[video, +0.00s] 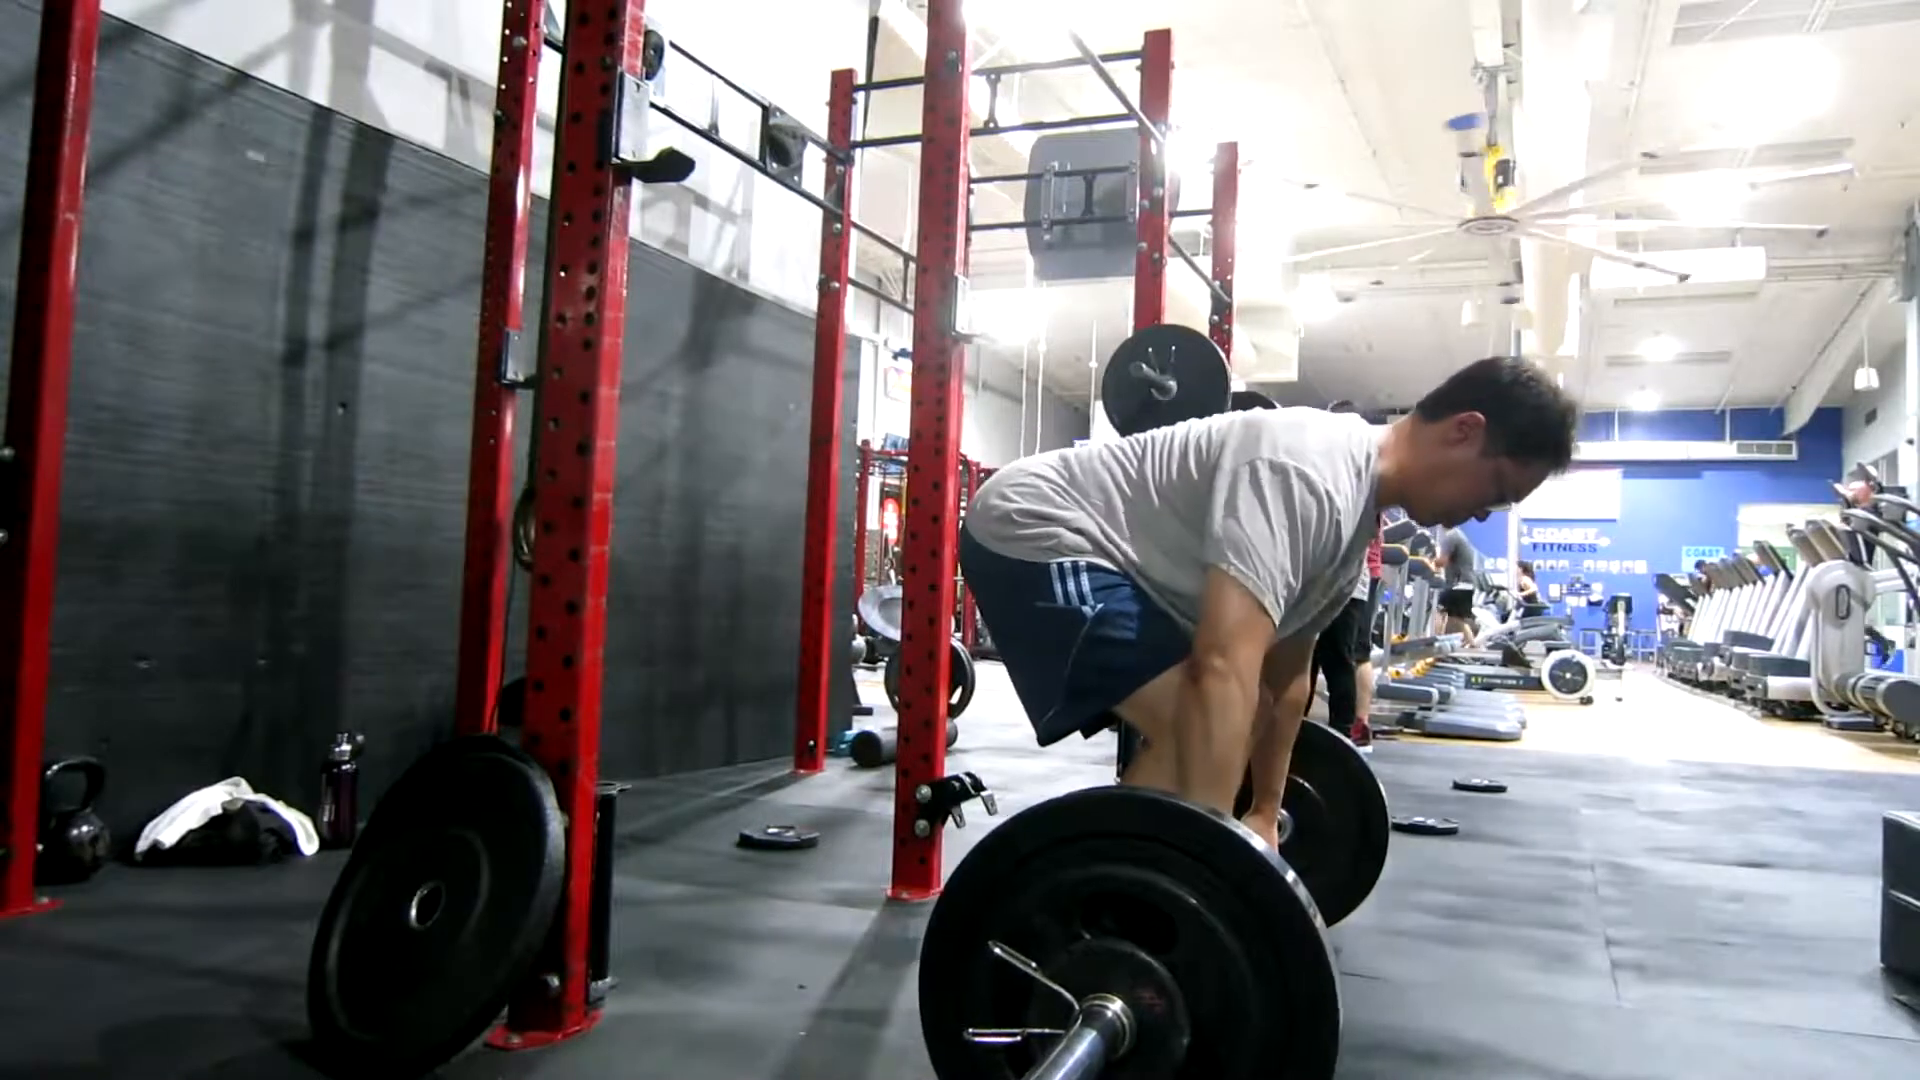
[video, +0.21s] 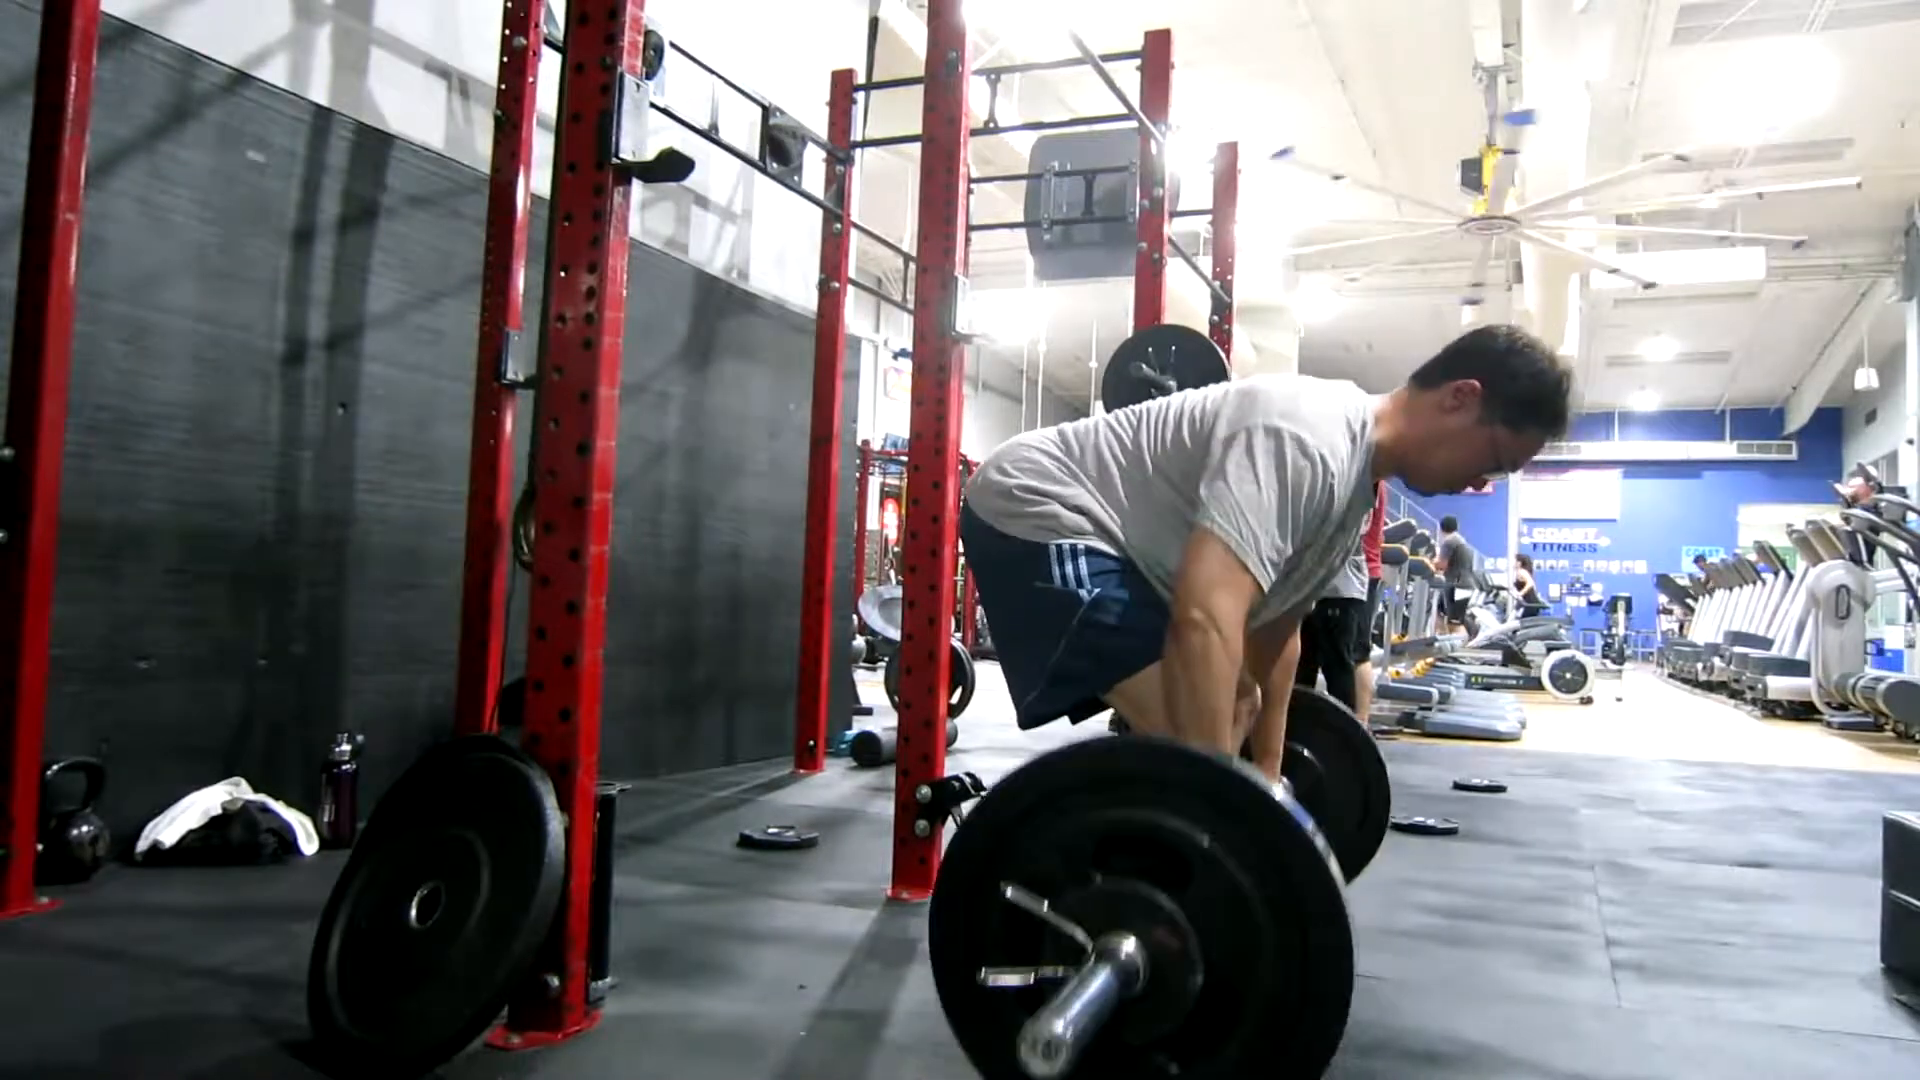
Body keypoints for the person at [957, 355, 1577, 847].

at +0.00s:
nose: (1484, 517)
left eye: (1502, 505)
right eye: (1497, 494)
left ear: (1465, 436)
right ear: (1465, 434)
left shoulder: (1353, 524)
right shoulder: (1306, 470)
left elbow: (1287, 675)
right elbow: (1219, 666)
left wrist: (1266, 813)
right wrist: (1200, 857)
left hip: (1094, 545)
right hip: (1036, 522)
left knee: (1183, 727)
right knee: (1197, 710)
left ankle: (1117, 905)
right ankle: (1157, 910)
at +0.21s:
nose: (1486, 486)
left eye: (1502, 473)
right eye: (1495, 461)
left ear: (1460, 403)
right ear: (1461, 402)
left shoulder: (1355, 487)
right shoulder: (1302, 436)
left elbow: (1276, 631)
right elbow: (1201, 617)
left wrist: (1266, 783)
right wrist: (1205, 812)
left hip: (1107, 535)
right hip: (1038, 507)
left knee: (1223, 716)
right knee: (1189, 730)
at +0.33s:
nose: (1485, 454)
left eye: (1504, 441)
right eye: (1498, 428)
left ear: (1463, 366)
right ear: (1464, 367)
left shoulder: (1350, 460)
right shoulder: (1311, 395)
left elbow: (1259, 594)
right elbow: (1187, 541)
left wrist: (1273, 738)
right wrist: (1211, 733)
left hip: (1110, 526)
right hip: (1045, 495)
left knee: (1134, 753)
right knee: (1109, 749)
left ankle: (1145, 998)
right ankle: (1106, 1009)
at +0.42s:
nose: (1482, 421)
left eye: (1500, 409)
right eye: (1494, 397)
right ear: (1463, 335)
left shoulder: (1341, 423)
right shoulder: (1309, 362)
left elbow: (1255, 550)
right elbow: (1183, 469)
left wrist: (1272, 694)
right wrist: (1203, 668)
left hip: (1120, 515)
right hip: (1049, 490)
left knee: (1185, 717)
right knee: (1110, 734)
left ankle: (1176, 948)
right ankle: (1102, 985)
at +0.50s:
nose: (1474, 387)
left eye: (1491, 374)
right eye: (1488, 364)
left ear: (1455, 300)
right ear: (1457, 298)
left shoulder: (1350, 389)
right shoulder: (1308, 321)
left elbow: (1257, 500)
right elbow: (1170, 413)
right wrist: (1212, 589)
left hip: (1113, 502)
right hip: (1045, 485)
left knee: (1183, 703)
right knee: (1148, 715)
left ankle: (1161, 932)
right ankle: (1103, 980)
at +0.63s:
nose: (1468, 365)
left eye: (1487, 354)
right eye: (1483, 342)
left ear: (1448, 279)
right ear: (1450, 274)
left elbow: (1336, 529)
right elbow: (1154, 321)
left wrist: (1350, 663)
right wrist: (1212, 473)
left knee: (1211, 717)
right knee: (1163, 725)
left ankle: (1163, 932)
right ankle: (1103, 980)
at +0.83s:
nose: (1486, 458)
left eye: (1507, 446)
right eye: (1503, 435)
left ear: (1472, 366)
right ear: (1476, 366)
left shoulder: (1371, 397)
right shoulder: (1346, 336)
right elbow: (1168, 271)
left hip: (1200, 555)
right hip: (1133, 533)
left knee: (1220, 724)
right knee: (1172, 733)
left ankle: (1162, 939)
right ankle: (1102, 981)